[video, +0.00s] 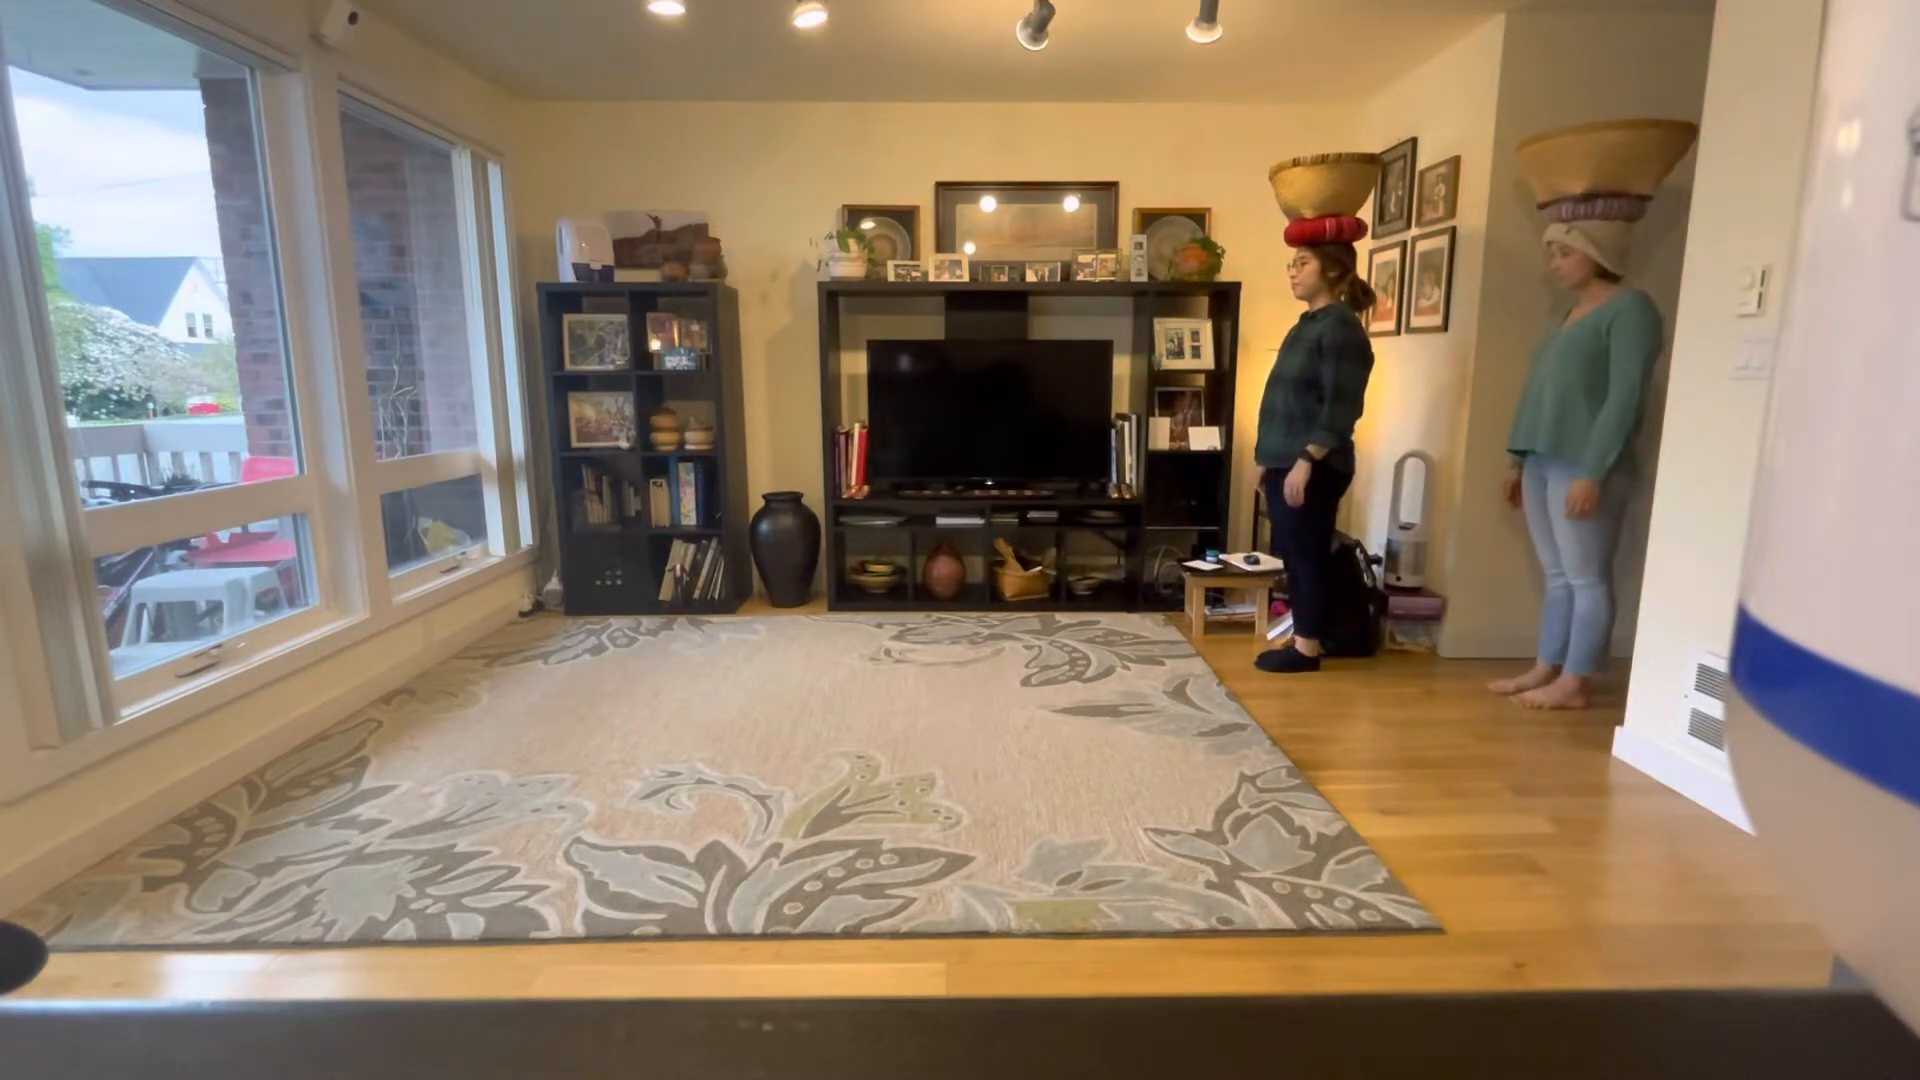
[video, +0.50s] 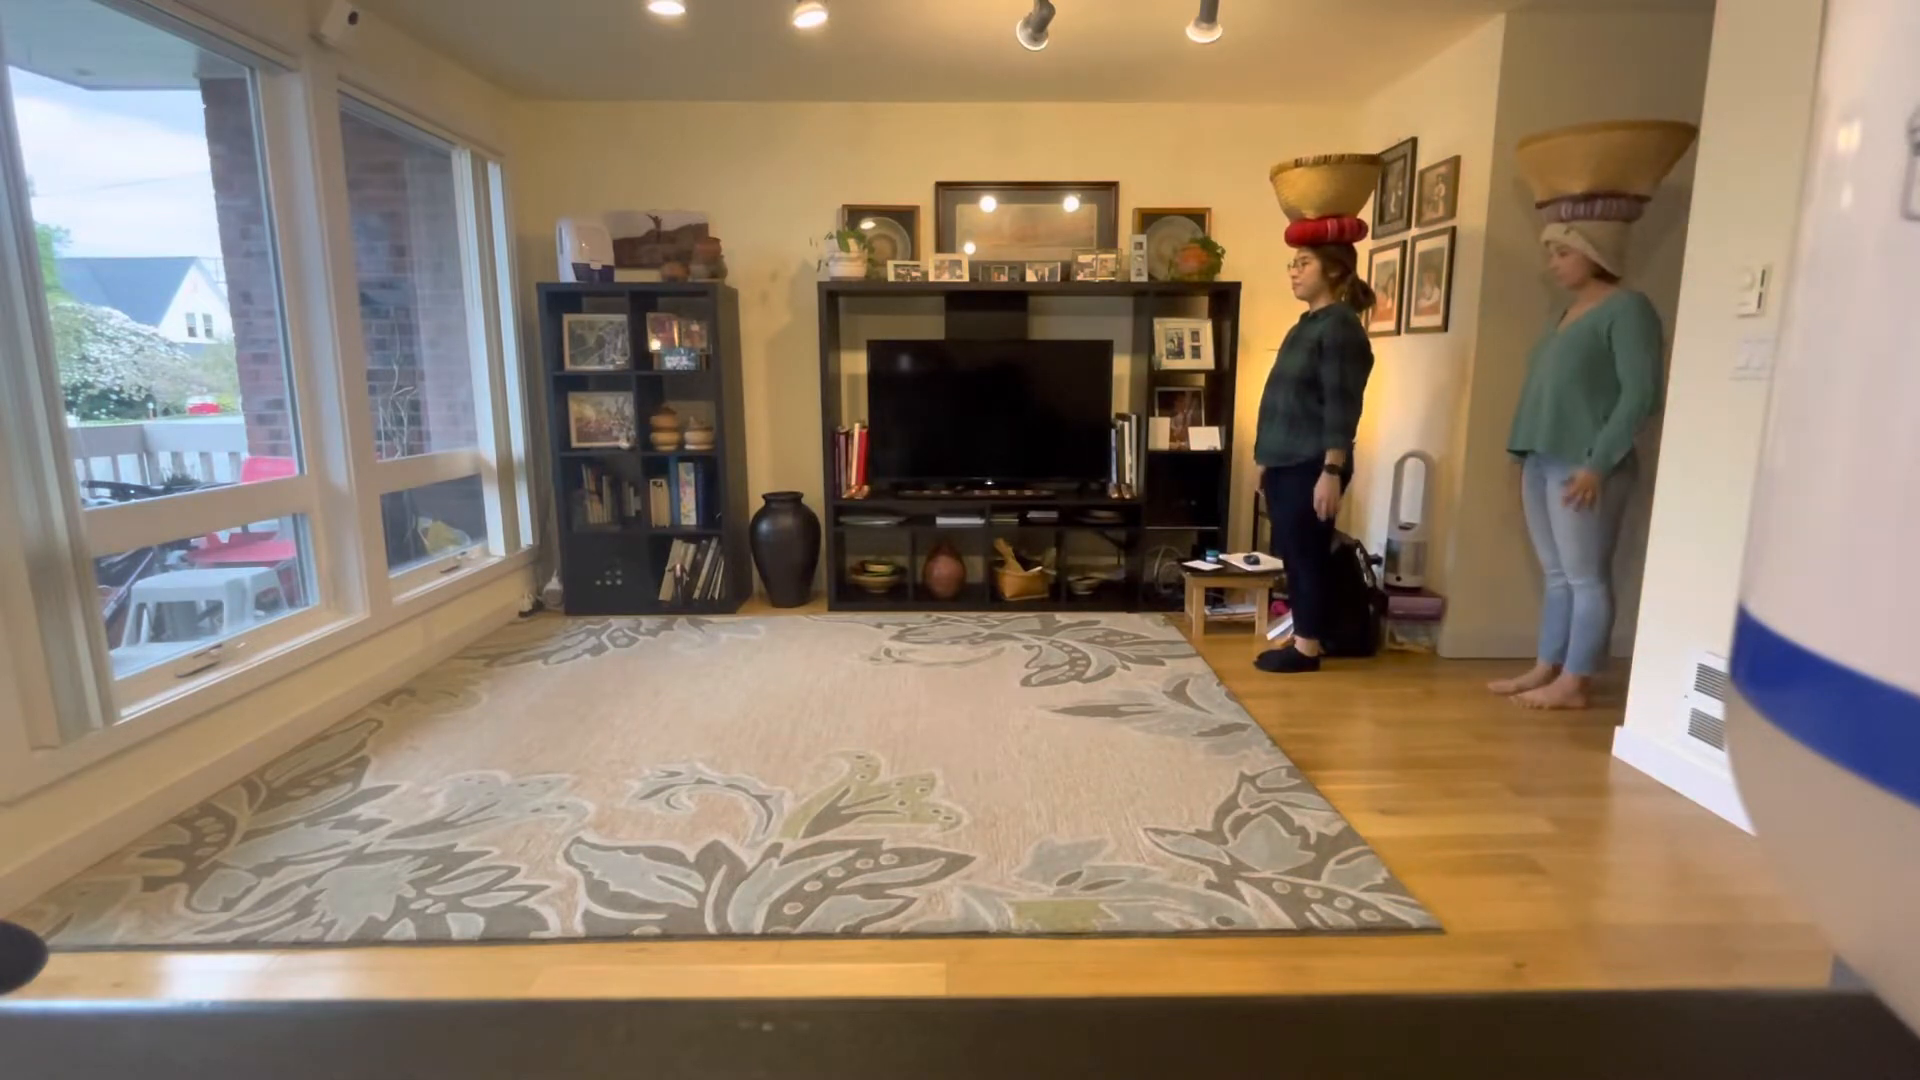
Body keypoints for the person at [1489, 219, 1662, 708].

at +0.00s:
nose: (1554, 263)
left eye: (1563, 253)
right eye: (1552, 254)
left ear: (1594, 254)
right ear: (1570, 259)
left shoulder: (1630, 309)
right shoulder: (1573, 312)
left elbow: (1624, 399)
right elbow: (1542, 388)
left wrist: (1592, 473)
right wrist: (1520, 460)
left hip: (1583, 464)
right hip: (1541, 461)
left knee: (1585, 577)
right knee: (1557, 574)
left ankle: (1575, 681)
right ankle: (1546, 667)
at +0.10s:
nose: (1555, 264)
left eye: (1564, 253)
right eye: (1552, 254)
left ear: (1595, 254)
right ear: (1566, 261)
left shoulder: (1630, 309)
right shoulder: (1572, 313)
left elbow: (1623, 399)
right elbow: (1542, 389)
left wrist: (1591, 473)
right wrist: (1520, 460)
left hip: (1584, 464)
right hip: (1541, 462)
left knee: (1585, 577)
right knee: (1557, 574)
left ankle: (1575, 681)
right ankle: (1546, 666)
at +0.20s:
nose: (1554, 264)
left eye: (1563, 253)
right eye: (1552, 254)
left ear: (1595, 254)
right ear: (1566, 260)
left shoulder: (1629, 310)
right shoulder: (1571, 312)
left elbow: (1621, 400)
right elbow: (1540, 388)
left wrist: (1591, 474)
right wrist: (1519, 460)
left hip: (1584, 464)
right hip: (1540, 461)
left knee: (1585, 577)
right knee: (1557, 574)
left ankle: (1575, 681)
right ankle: (1546, 666)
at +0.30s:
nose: (1554, 264)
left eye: (1563, 253)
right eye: (1552, 255)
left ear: (1595, 255)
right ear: (1565, 261)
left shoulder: (1629, 310)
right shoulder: (1571, 313)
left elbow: (1621, 400)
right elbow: (1540, 389)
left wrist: (1591, 474)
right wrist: (1519, 461)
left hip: (1584, 463)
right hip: (1540, 461)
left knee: (1585, 577)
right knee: (1557, 574)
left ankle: (1575, 681)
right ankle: (1546, 666)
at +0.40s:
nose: (1554, 264)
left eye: (1563, 253)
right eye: (1552, 255)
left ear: (1595, 255)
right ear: (1565, 261)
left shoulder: (1629, 309)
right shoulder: (1571, 312)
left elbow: (1626, 400)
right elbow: (1541, 388)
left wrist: (1592, 473)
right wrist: (1520, 459)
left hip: (1584, 464)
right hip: (1541, 462)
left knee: (1585, 577)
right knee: (1557, 574)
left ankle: (1575, 681)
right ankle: (1546, 666)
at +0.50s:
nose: (1553, 263)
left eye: (1563, 253)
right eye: (1551, 254)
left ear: (1594, 254)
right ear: (1558, 261)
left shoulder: (1626, 308)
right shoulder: (1569, 312)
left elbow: (1640, 395)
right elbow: (1549, 386)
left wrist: (1597, 466)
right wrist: (1527, 450)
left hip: (1584, 464)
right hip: (1541, 460)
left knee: (1584, 576)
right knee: (1556, 573)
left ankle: (1575, 682)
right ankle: (1546, 666)